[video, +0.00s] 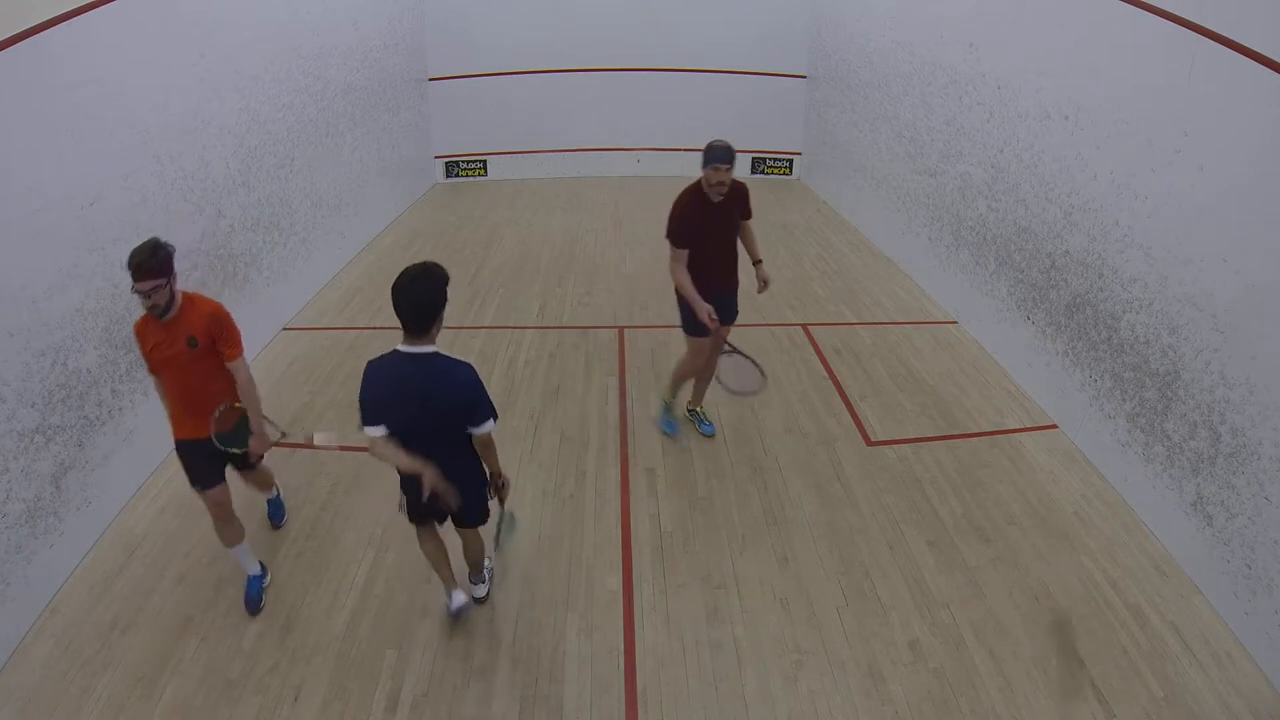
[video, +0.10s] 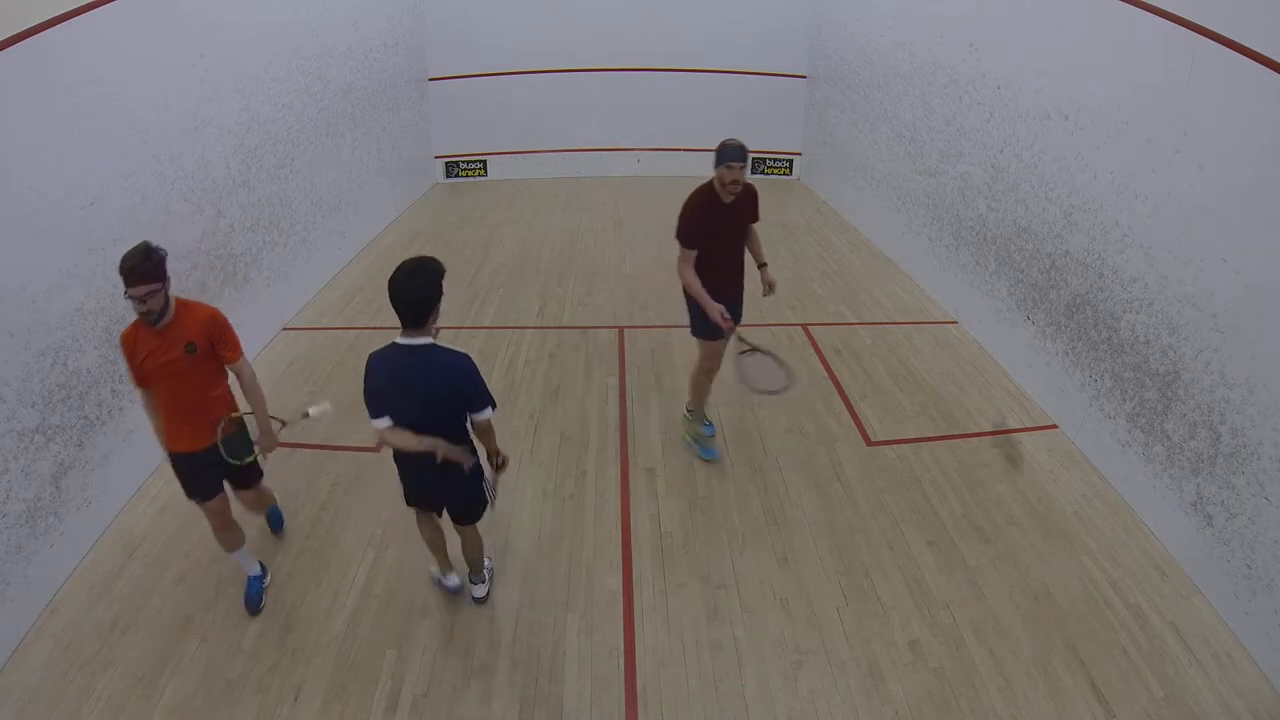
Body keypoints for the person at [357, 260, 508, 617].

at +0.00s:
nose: (446, 314)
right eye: (445, 308)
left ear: (398, 315)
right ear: (441, 319)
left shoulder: (377, 371)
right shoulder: (460, 374)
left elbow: (377, 443)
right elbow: (483, 439)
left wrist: (423, 469)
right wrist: (496, 473)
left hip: (415, 481)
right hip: (462, 476)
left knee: (425, 528)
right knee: (469, 530)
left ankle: (453, 593)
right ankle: (478, 582)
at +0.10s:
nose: (442, 306)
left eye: (438, 298)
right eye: (441, 300)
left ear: (395, 308)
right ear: (436, 311)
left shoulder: (378, 363)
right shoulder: (457, 364)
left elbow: (385, 433)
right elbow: (482, 424)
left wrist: (437, 446)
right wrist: (494, 451)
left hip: (414, 472)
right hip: (460, 470)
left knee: (426, 516)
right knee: (466, 525)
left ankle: (447, 574)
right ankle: (477, 581)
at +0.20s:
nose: (436, 298)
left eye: (433, 291)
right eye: (435, 292)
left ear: (391, 303)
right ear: (430, 303)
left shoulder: (376, 357)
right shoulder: (454, 354)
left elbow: (387, 425)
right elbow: (480, 413)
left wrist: (434, 459)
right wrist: (490, 436)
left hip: (412, 460)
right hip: (457, 455)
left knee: (427, 509)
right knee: (465, 522)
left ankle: (436, 547)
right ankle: (478, 581)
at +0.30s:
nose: (430, 296)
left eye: (428, 288)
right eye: (429, 289)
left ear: (385, 298)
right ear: (422, 299)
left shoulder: (372, 353)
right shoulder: (446, 349)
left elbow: (385, 420)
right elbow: (484, 418)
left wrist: (414, 468)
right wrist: (481, 430)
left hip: (412, 457)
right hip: (453, 452)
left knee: (425, 494)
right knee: (463, 518)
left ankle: (427, 528)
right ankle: (478, 580)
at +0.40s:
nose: (423, 293)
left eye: (422, 285)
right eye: (422, 286)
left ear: (381, 294)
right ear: (414, 295)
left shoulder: (370, 349)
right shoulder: (439, 343)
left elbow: (378, 415)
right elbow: (469, 400)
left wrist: (389, 466)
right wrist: (477, 422)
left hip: (408, 447)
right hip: (448, 441)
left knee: (420, 492)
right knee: (460, 512)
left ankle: (426, 525)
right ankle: (477, 578)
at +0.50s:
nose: (418, 287)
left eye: (416, 280)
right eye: (416, 281)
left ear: (376, 290)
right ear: (406, 291)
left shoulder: (365, 340)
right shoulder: (430, 337)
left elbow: (367, 399)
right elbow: (458, 393)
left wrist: (375, 437)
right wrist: (468, 414)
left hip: (402, 436)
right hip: (440, 433)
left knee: (416, 485)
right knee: (457, 505)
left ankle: (426, 523)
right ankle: (476, 573)